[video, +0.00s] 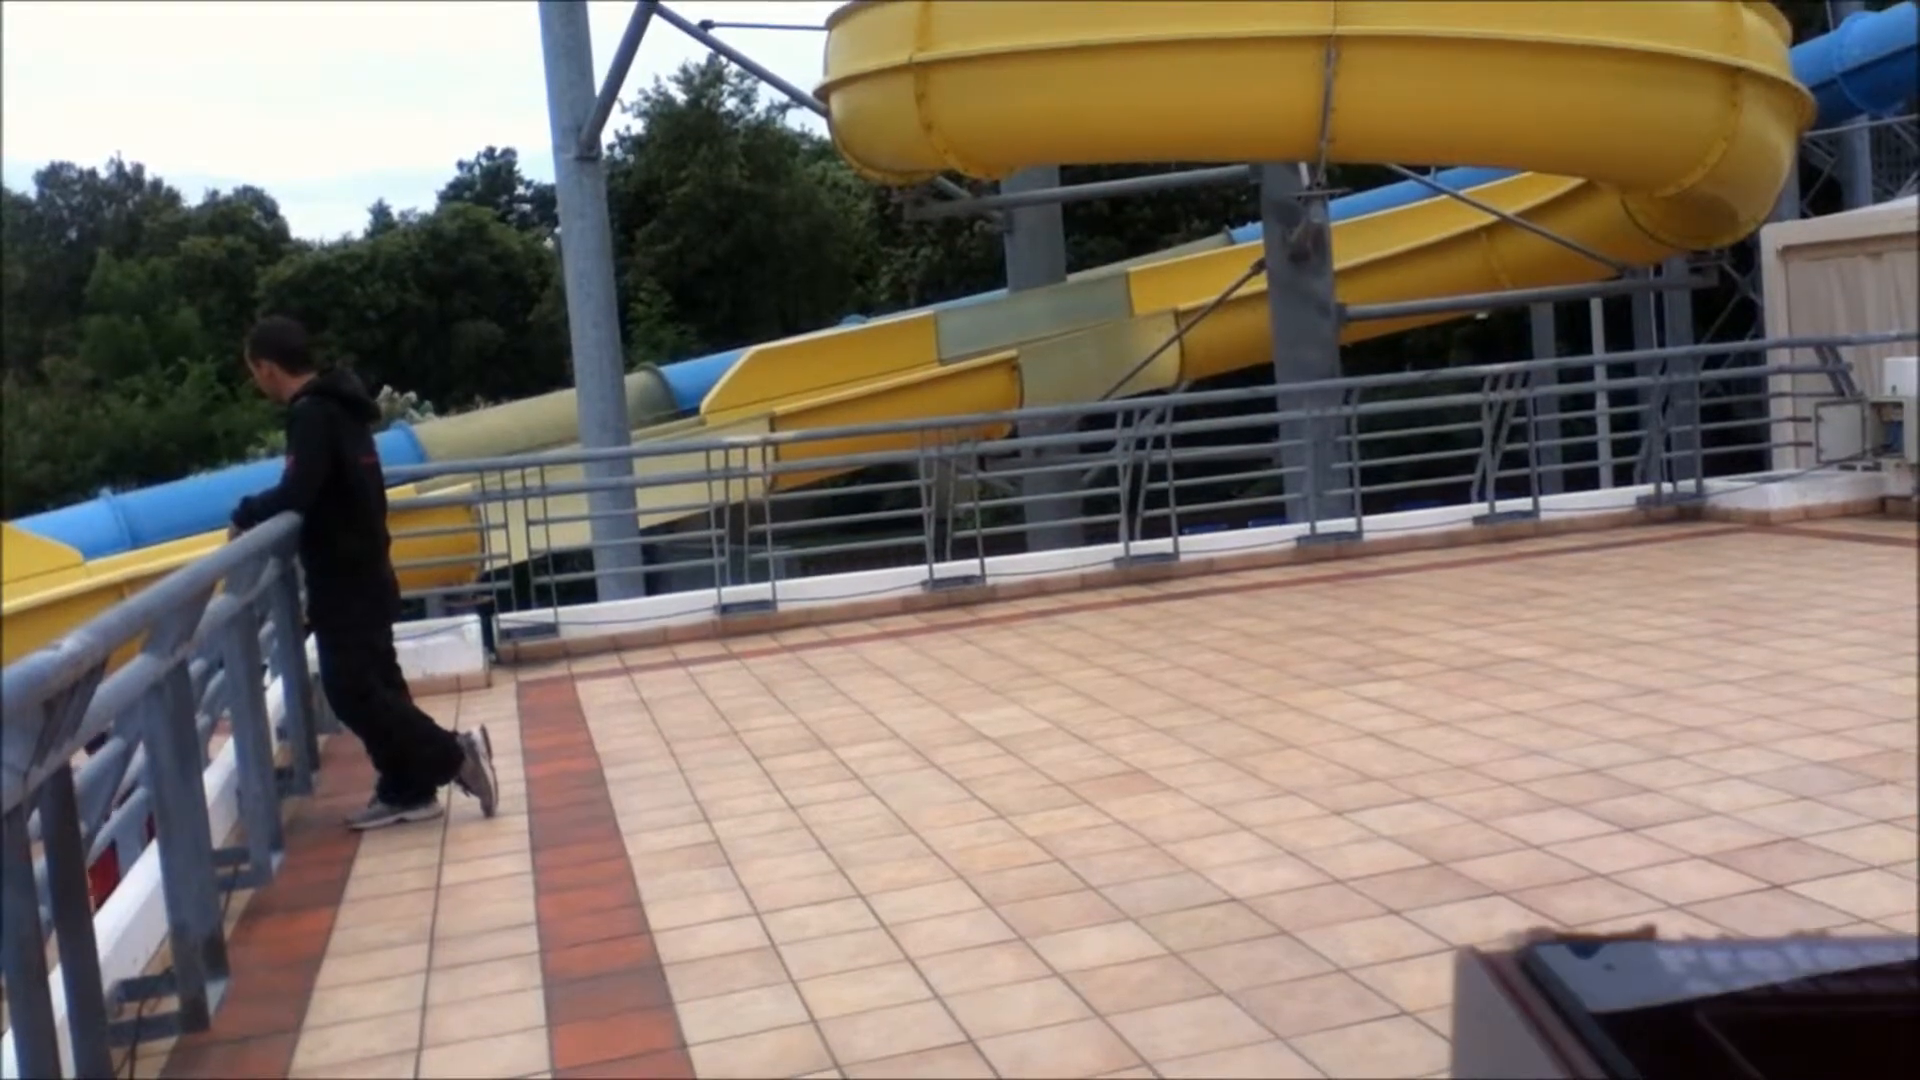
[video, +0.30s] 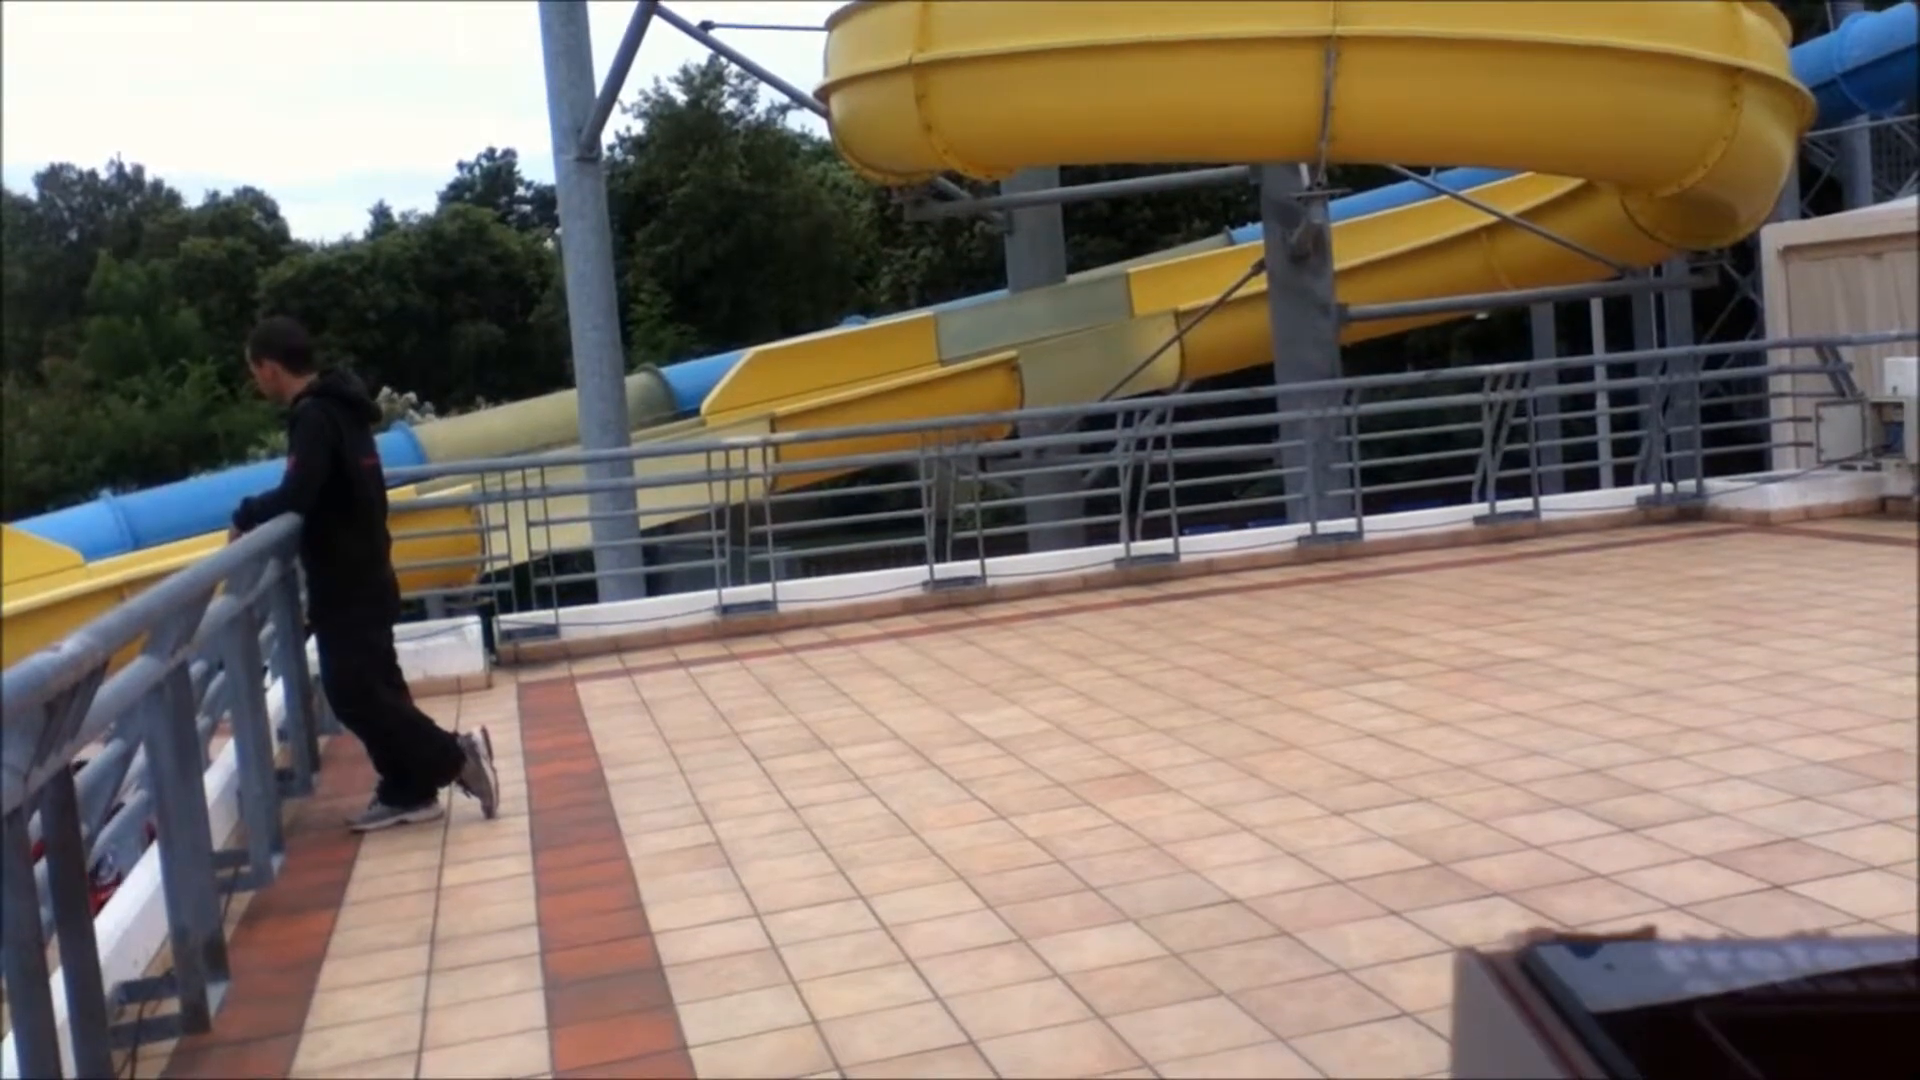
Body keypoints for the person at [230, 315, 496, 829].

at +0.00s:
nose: (256, 381)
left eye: (255, 371)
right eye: (254, 372)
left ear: (270, 368)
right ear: (302, 357)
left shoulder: (311, 414)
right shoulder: (338, 403)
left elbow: (299, 494)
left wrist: (245, 514)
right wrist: (264, 513)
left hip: (343, 578)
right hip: (365, 572)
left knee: (349, 694)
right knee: (377, 680)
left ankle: (452, 755)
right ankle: (405, 792)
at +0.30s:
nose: (257, 381)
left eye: (256, 371)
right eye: (255, 371)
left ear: (273, 368)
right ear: (301, 359)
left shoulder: (313, 416)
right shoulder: (338, 404)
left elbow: (301, 495)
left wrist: (246, 515)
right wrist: (263, 515)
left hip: (345, 580)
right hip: (365, 575)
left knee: (350, 696)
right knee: (376, 683)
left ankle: (453, 756)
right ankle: (406, 793)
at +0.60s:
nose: (251, 386)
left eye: (253, 372)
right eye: (249, 374)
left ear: (282, 364)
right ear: (291, 366)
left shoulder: (315, 417)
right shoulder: (336, 406)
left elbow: (300, 496)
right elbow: (317, 495)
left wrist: (246, 516)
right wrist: (263, 516)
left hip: (347, 582)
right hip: (364, 577)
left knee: (351, 697)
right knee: (376, 685)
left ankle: (454, 757)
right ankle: (407, 794)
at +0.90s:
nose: (250, 390)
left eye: (255, 377)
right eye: (247, 379)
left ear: (287, 366)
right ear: (291, 370)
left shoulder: (315, 418)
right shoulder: (336, 409)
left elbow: (301, 501)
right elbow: (320, 501)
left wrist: (241, 514)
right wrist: (261, 518)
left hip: (346, 585)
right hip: (364, 580)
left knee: (352, 699)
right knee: (377, 686)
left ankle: (456, 760)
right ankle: (407, 797)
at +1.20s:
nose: (252, 393)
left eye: (257, 379)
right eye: (248, 383)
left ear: (291, 367)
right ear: (292, 372)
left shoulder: (318, 421)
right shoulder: (338, 409)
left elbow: (300, 503)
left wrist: (218, 512)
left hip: (350, 586)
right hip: (367, 579)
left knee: (353, 700)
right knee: (380, 687)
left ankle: (458, 763)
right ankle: (408, 798)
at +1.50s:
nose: (256, 391)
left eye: (259, 377)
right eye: (251, 381)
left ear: (292, 365)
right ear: (294, 370)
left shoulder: (320, 419)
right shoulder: (341, 409)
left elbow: (299, 502)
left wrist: (216, 513)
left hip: (349, 586)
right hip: (367, 580)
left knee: (351, 698)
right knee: (379, 687)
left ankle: (455, 762)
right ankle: (408, 797)